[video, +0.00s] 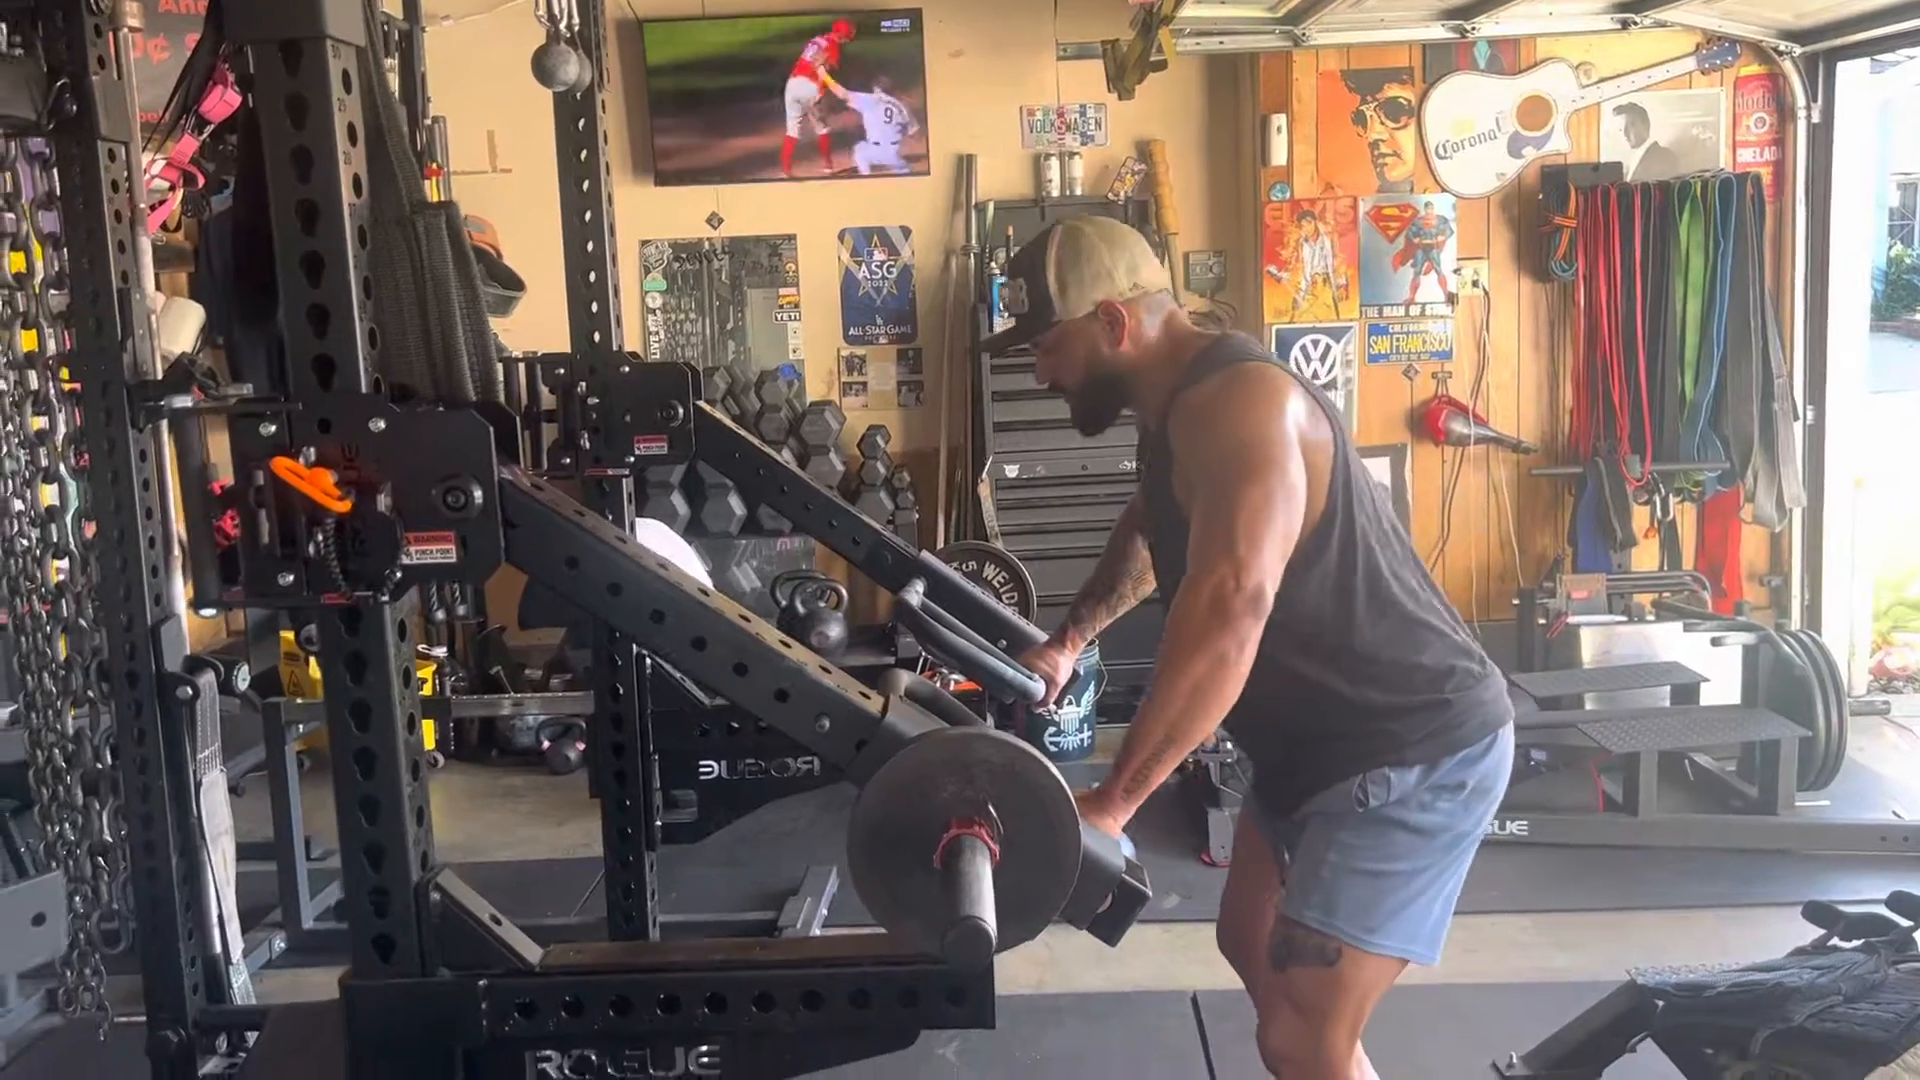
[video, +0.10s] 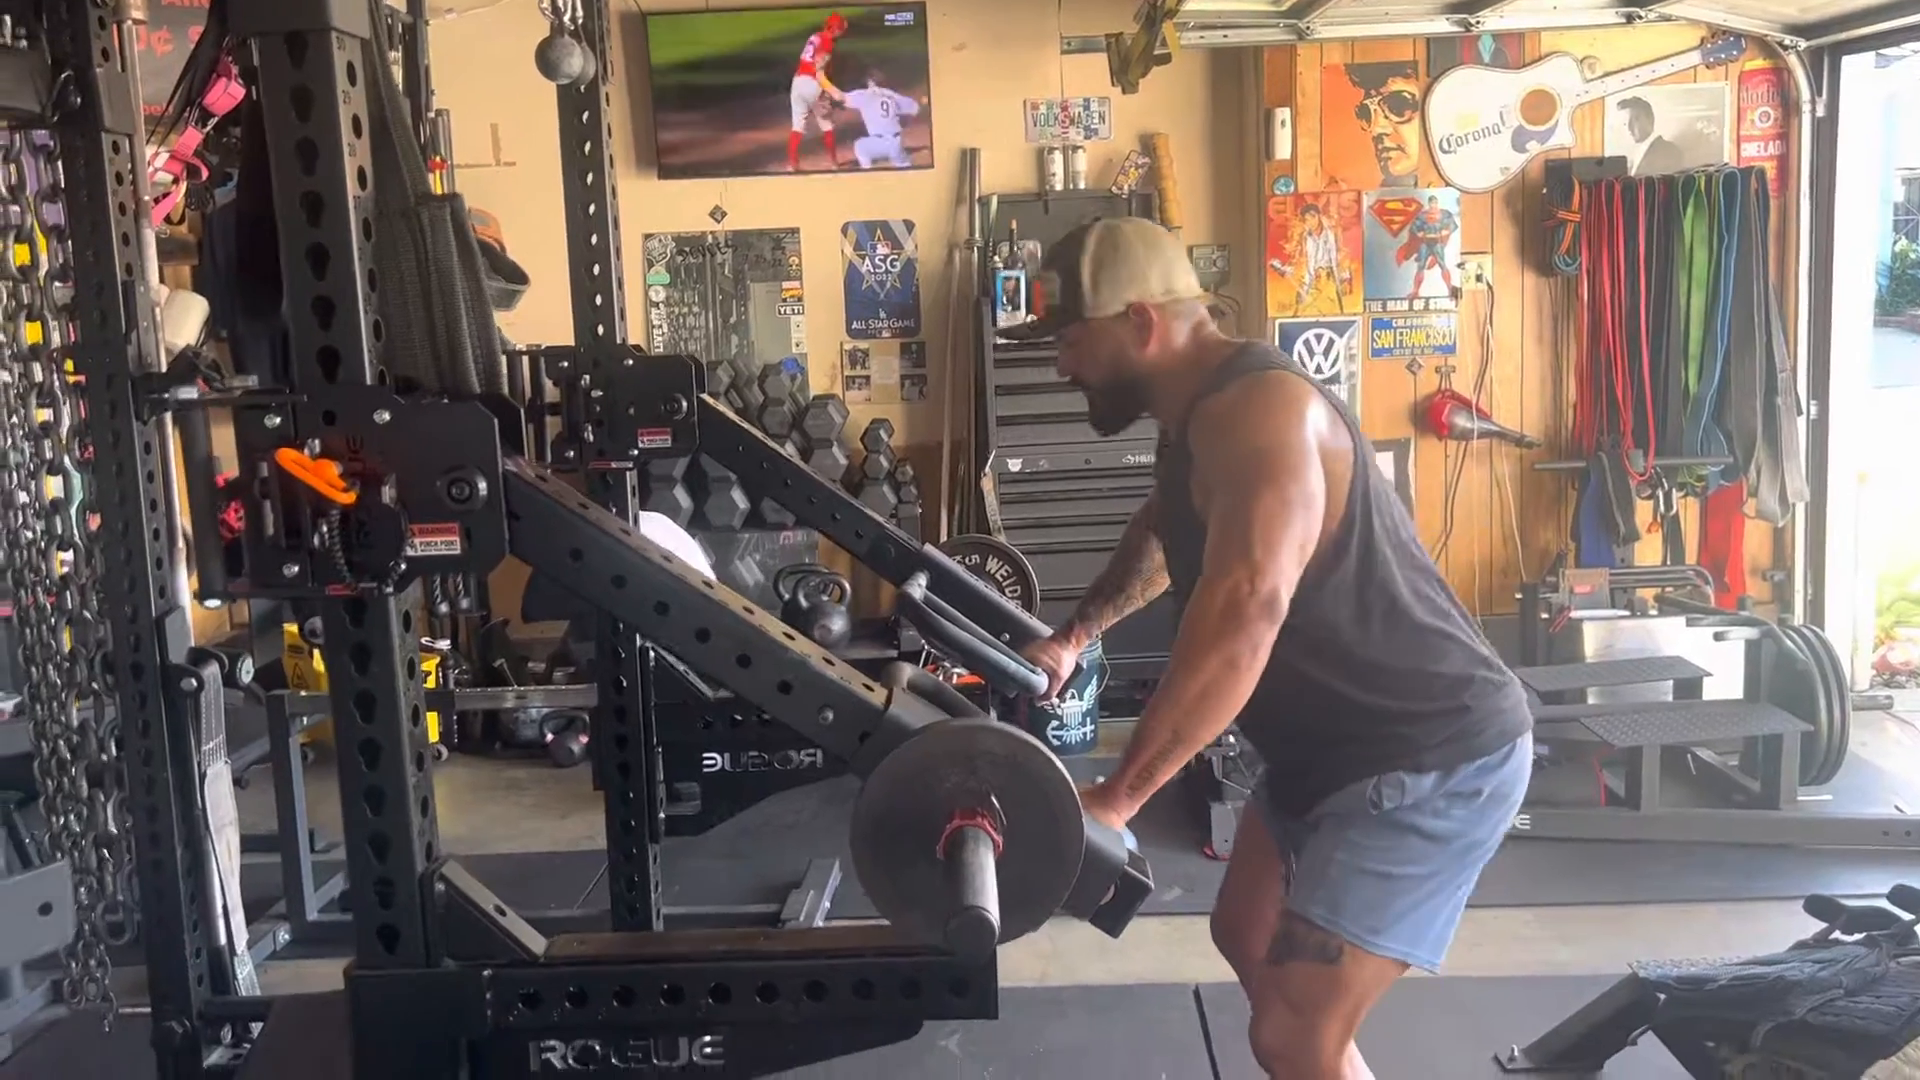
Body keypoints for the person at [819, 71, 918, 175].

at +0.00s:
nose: (874, 89)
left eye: (874, 86)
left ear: (875, 86)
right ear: (889, 89)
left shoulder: (869, 99)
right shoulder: (899, 105)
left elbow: (842, 94)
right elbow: (914, 129)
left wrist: (824, 75)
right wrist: (896, 135)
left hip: (873, 150)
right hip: (893, 151)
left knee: (859, 149)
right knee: (904, 171)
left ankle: (866, 177)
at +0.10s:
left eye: (868, 79)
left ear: (868, 82)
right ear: (881, 82)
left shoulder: (863, 95)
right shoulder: (890, 95)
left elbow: (840, 97)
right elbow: (915, 108)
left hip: (877, 141)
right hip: (896, 140)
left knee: (860, 146)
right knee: (903, 165)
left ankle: (867, 172)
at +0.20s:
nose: (849, 64)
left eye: (851, 61)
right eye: (849, 61)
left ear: (858, 64)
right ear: (866, 63)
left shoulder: (854, 80)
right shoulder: (878, 74)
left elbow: (840, 93)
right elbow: (899, 82)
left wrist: (824, 84)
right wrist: (909, 77)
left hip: (871, 116)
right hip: (888, 114)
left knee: (854, 129)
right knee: (890, 136)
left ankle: (865, 156)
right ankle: (902, 155)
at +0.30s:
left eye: (840, 42)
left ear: (843, 43)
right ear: (853, 41)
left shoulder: (843, 56)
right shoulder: (864, 49)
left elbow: (834, 76)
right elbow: (882, 57)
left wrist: (814, 77)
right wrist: (893, 52)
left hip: (857, 91)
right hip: (874, 88)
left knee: (846, 110)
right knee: (881, 114)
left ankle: (856, 136)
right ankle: (899, 137)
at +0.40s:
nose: (831, 24)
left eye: (830, 23)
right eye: (833, 22)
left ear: (831, 25)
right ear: (841, 22)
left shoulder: (832, 36)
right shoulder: (852, 29)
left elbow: (828, 57)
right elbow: (868, 37)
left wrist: (813, 71)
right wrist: (880, 38)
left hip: (848, 67)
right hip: (862, 64)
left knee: (841, 93)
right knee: (870, 91)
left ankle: (849, 120)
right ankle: (889, 117)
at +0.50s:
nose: (822, 13)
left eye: (822, 10)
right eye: (822, 10)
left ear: (825, 10)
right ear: (832, 8)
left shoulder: (825, 23)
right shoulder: (843, 16)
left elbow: (823, 46)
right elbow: (859, 25)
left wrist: (816, 69)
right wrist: (869, 29)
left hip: (841, 53)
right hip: (854, 50)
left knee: (837, 82)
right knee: (860, 79)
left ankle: (844, 109)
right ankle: (875, 102)